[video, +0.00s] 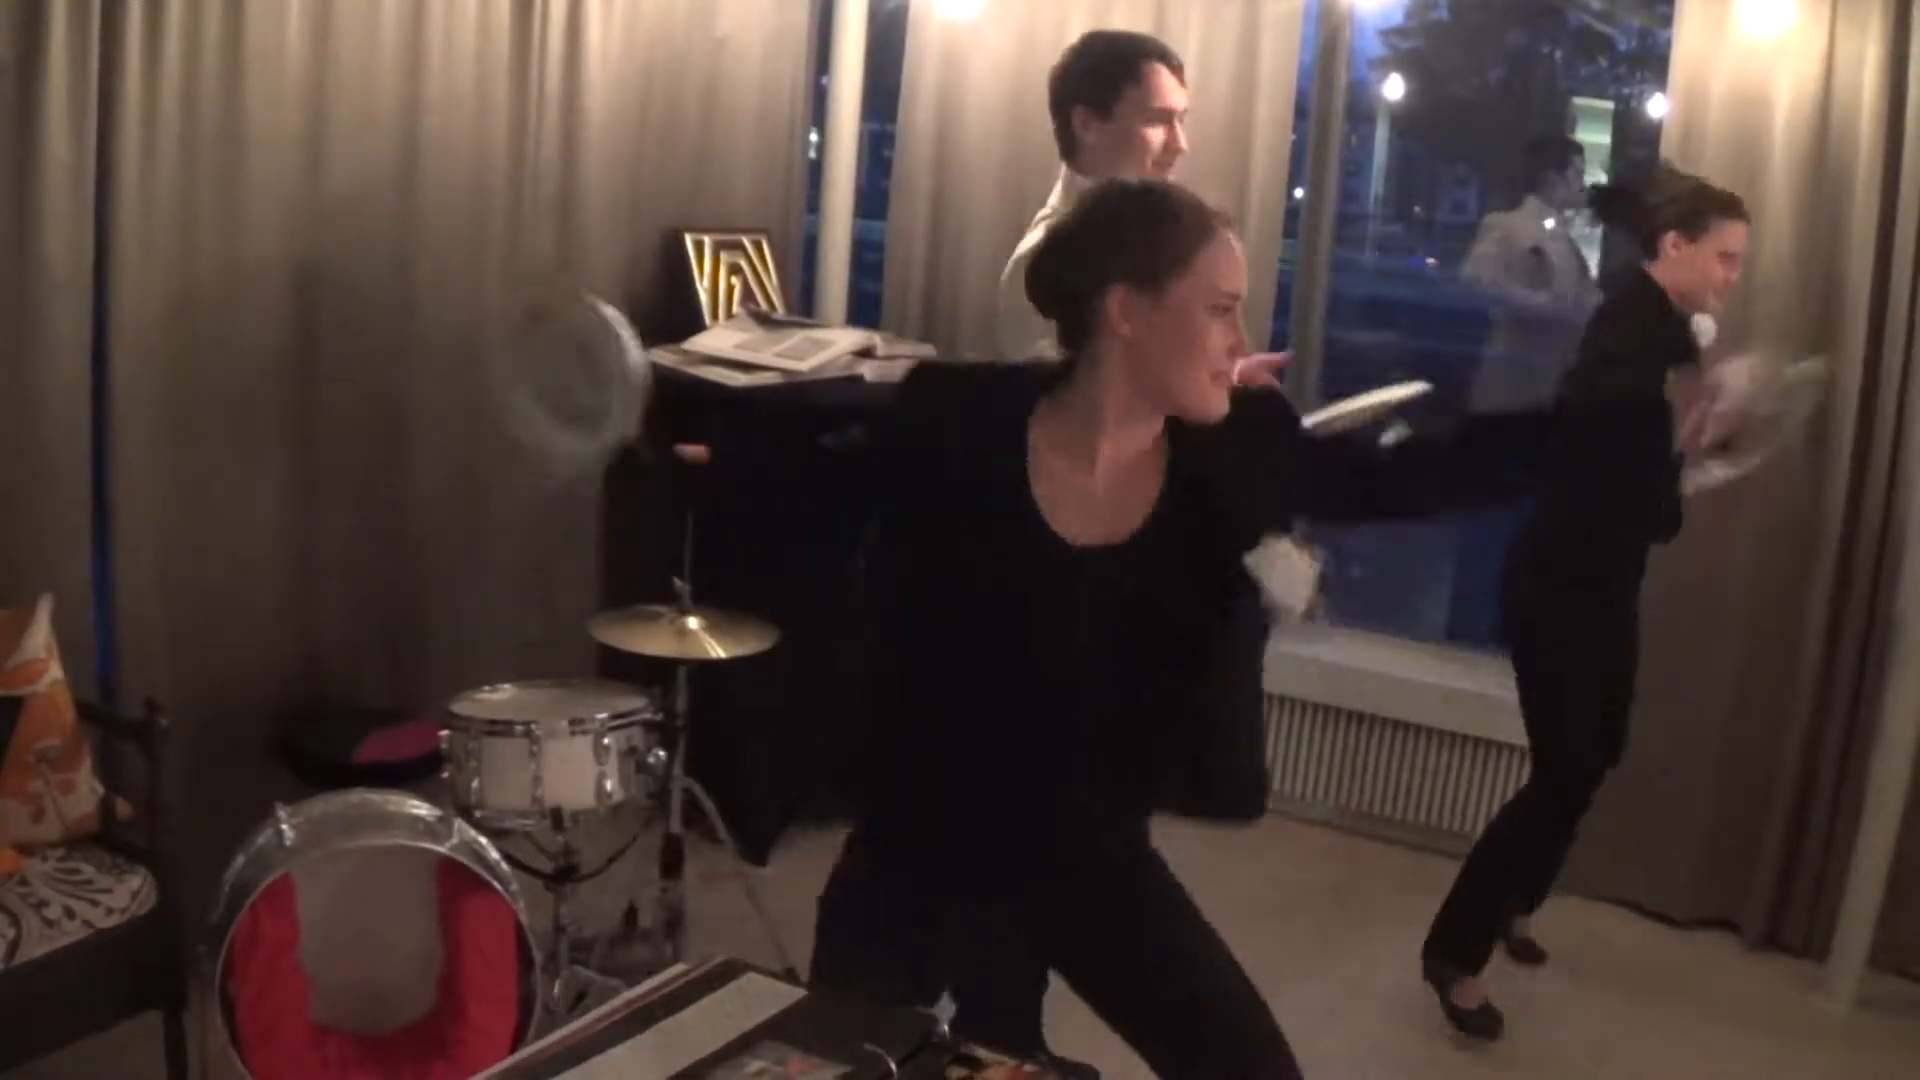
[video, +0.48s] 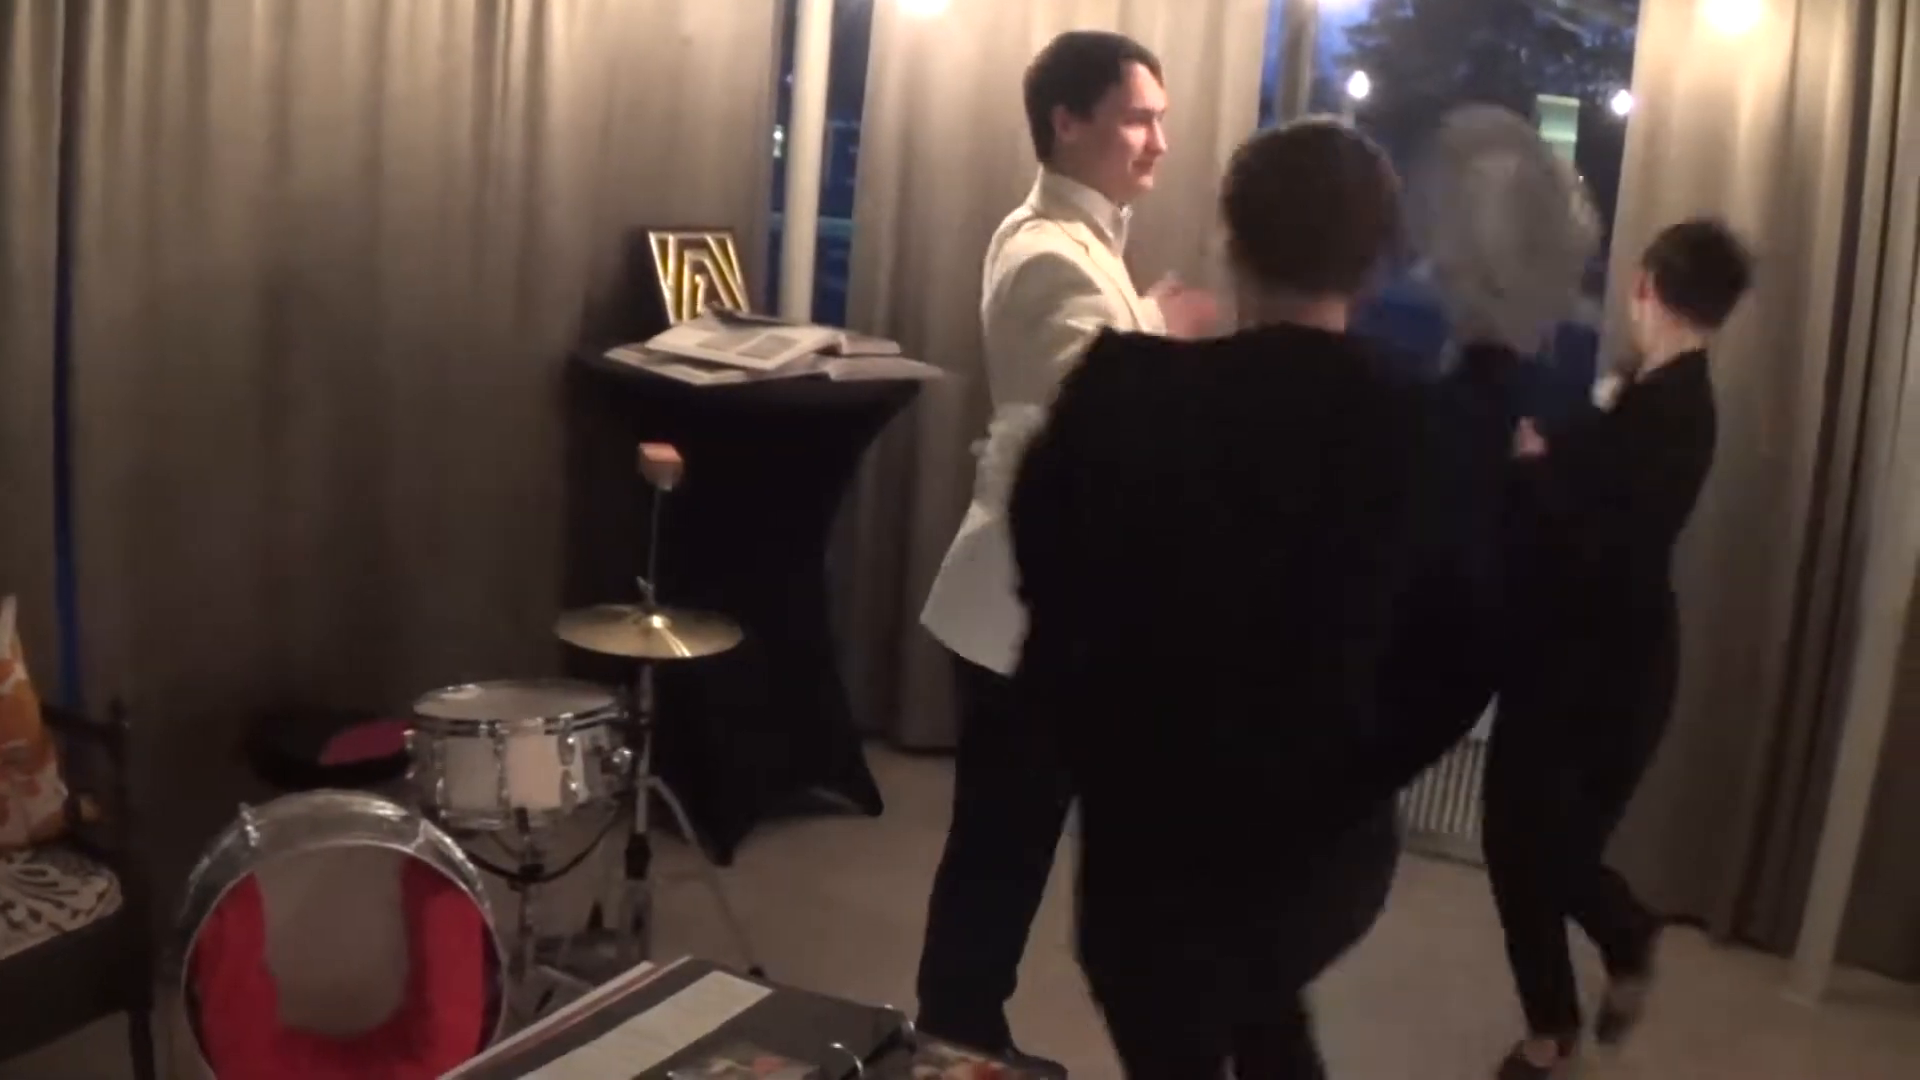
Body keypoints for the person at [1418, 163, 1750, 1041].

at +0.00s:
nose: (1732, 278)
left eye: (1737, 262)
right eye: (1725, 258)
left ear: (1682, 251)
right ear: (1672, 246)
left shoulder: (1654, 328)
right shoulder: (1630, 336)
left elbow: (1636, 470)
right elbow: (1628, 499)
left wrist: (1697, 441)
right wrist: (1692, 450)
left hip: (1600, 573)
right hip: (1563, 578)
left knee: (1595, 752)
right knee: (1566, 769)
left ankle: (1508, 903)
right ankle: (1454, 952)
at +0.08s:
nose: (1738, 306)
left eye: (1741, 289)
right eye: (1731, 286)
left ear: (1690, 280)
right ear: (1677, 276)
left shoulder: (1667, 365)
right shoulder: (1620, 357)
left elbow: (1662, 486)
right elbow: (1643, 470)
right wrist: (1704, 400)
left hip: (1600, 606)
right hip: (1556, 601)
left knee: (1566, 780)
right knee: (1565, 786)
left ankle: (1494, 916)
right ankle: (1468, 964)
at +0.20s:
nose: (1736, 332)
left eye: (1739, 316)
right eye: (1727, 314)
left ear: (1687, 318)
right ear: (1677, 313)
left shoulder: (1692, 410)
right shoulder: (1595, 390)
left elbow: (1673, 524)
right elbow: (1520, 488)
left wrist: (1736, 530)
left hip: (1625, 636)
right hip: (1550, 625)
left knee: (1558, 788)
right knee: (1571, 818)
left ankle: (1472, 902)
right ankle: (1530, 1025)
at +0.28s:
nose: (1719, 319)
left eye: (1723, 303)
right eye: (1703, 300)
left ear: (1713, 316)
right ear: (1647, 305)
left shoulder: (1707, 422)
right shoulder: (1575, 393)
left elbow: (1698, 555)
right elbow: (1506, 503)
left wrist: (1771, 630)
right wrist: (1479, 597)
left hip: (1635, 649)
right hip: (1548, 635)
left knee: (1580, 816)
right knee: (1576, 819)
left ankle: (1498, 881)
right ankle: (1550, 1046)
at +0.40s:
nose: (1609, 297)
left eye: (1630, 281)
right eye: (1614, 279)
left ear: (1680, 302)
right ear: (1621, 297)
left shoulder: (1708, 417)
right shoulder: (1578, 395)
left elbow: (1673, 559)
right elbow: (1537, 504)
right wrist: (1506, 497)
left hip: (1633, 660)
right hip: (1543, 645)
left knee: (1601, 854)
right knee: (1534, 847)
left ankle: (1543, 925)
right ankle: (1533, 1035)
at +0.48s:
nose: (1629, 298)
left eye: (1634, 285)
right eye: (1636, 284)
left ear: (1647, 290)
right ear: (1719, 307)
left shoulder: (1667, 409)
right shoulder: (1662, 396)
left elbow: (1606, 528)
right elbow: (1608, 502)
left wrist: (1540, 465)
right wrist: (1556, 451)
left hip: (1614, 656)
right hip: (1575, 642)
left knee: (1551, 839)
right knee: (1516, 831)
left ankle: (1632, 941)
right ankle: (1552, 1024)